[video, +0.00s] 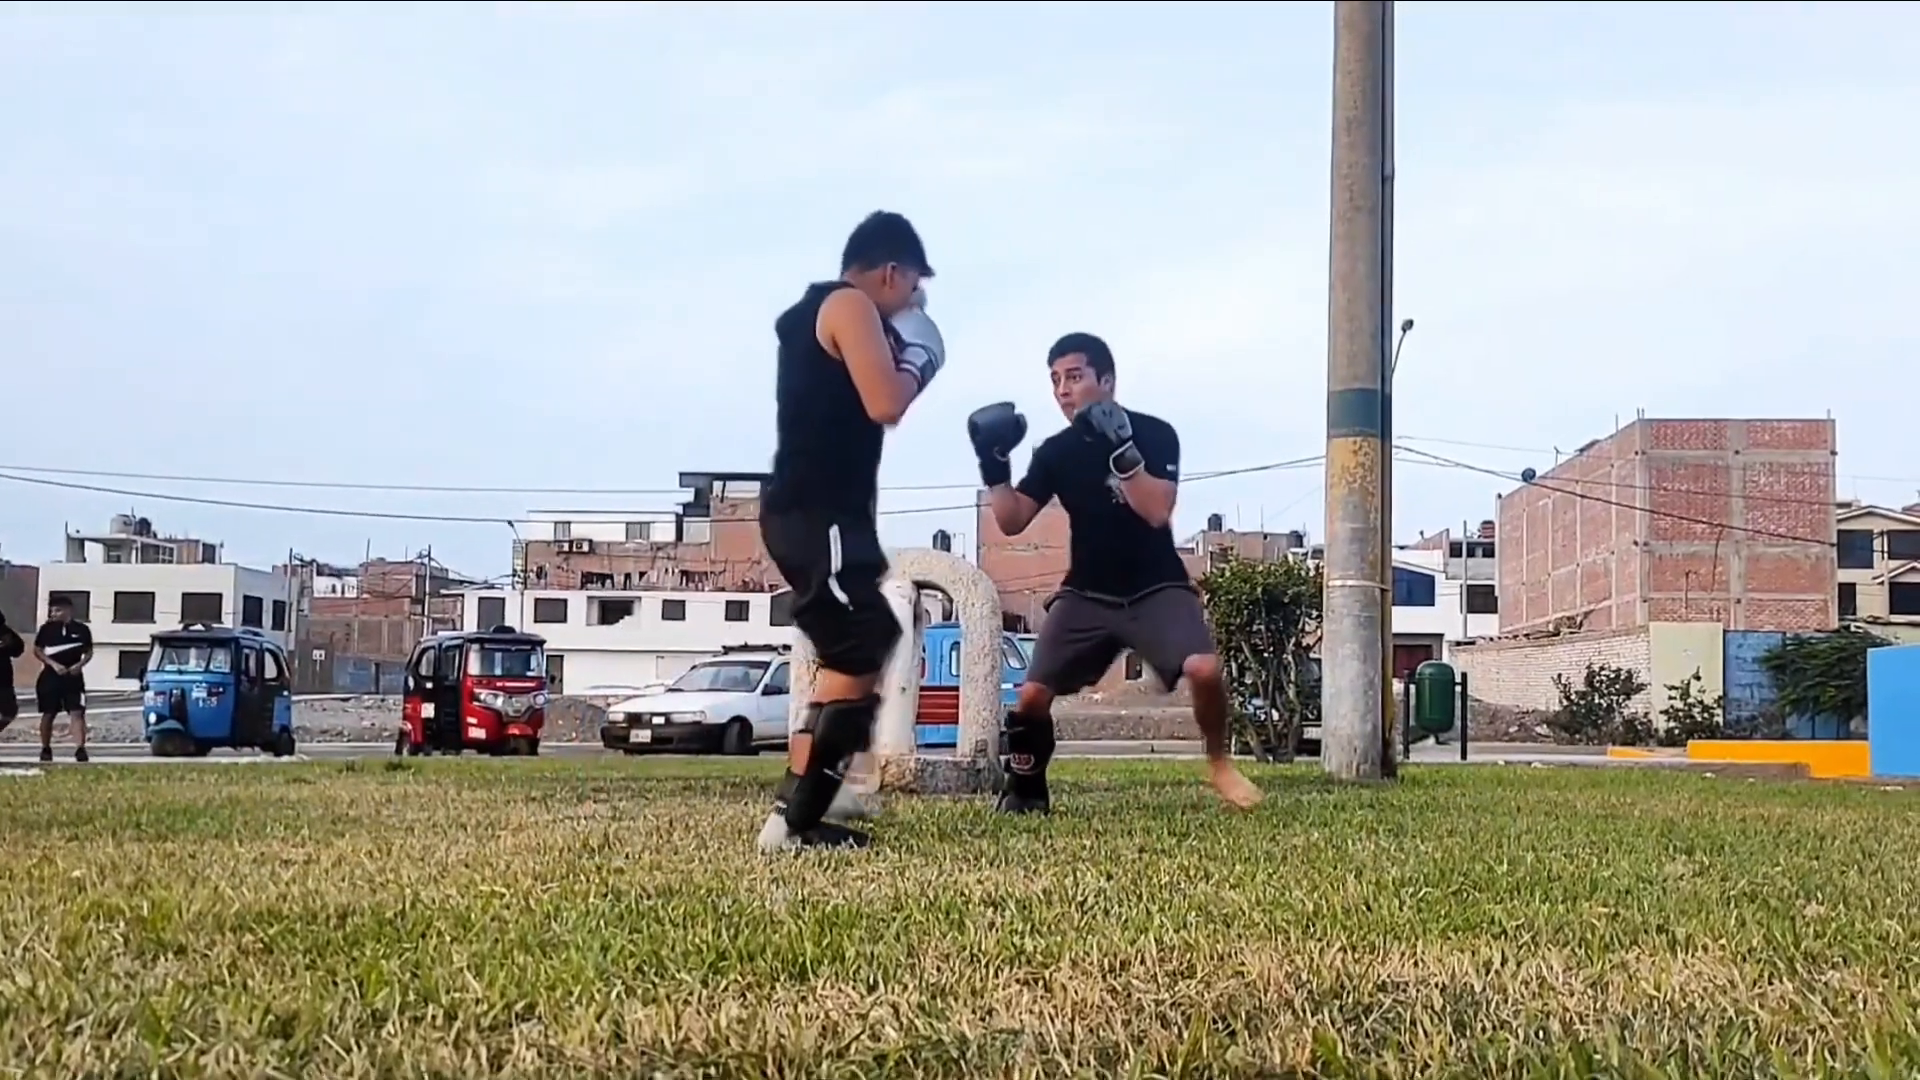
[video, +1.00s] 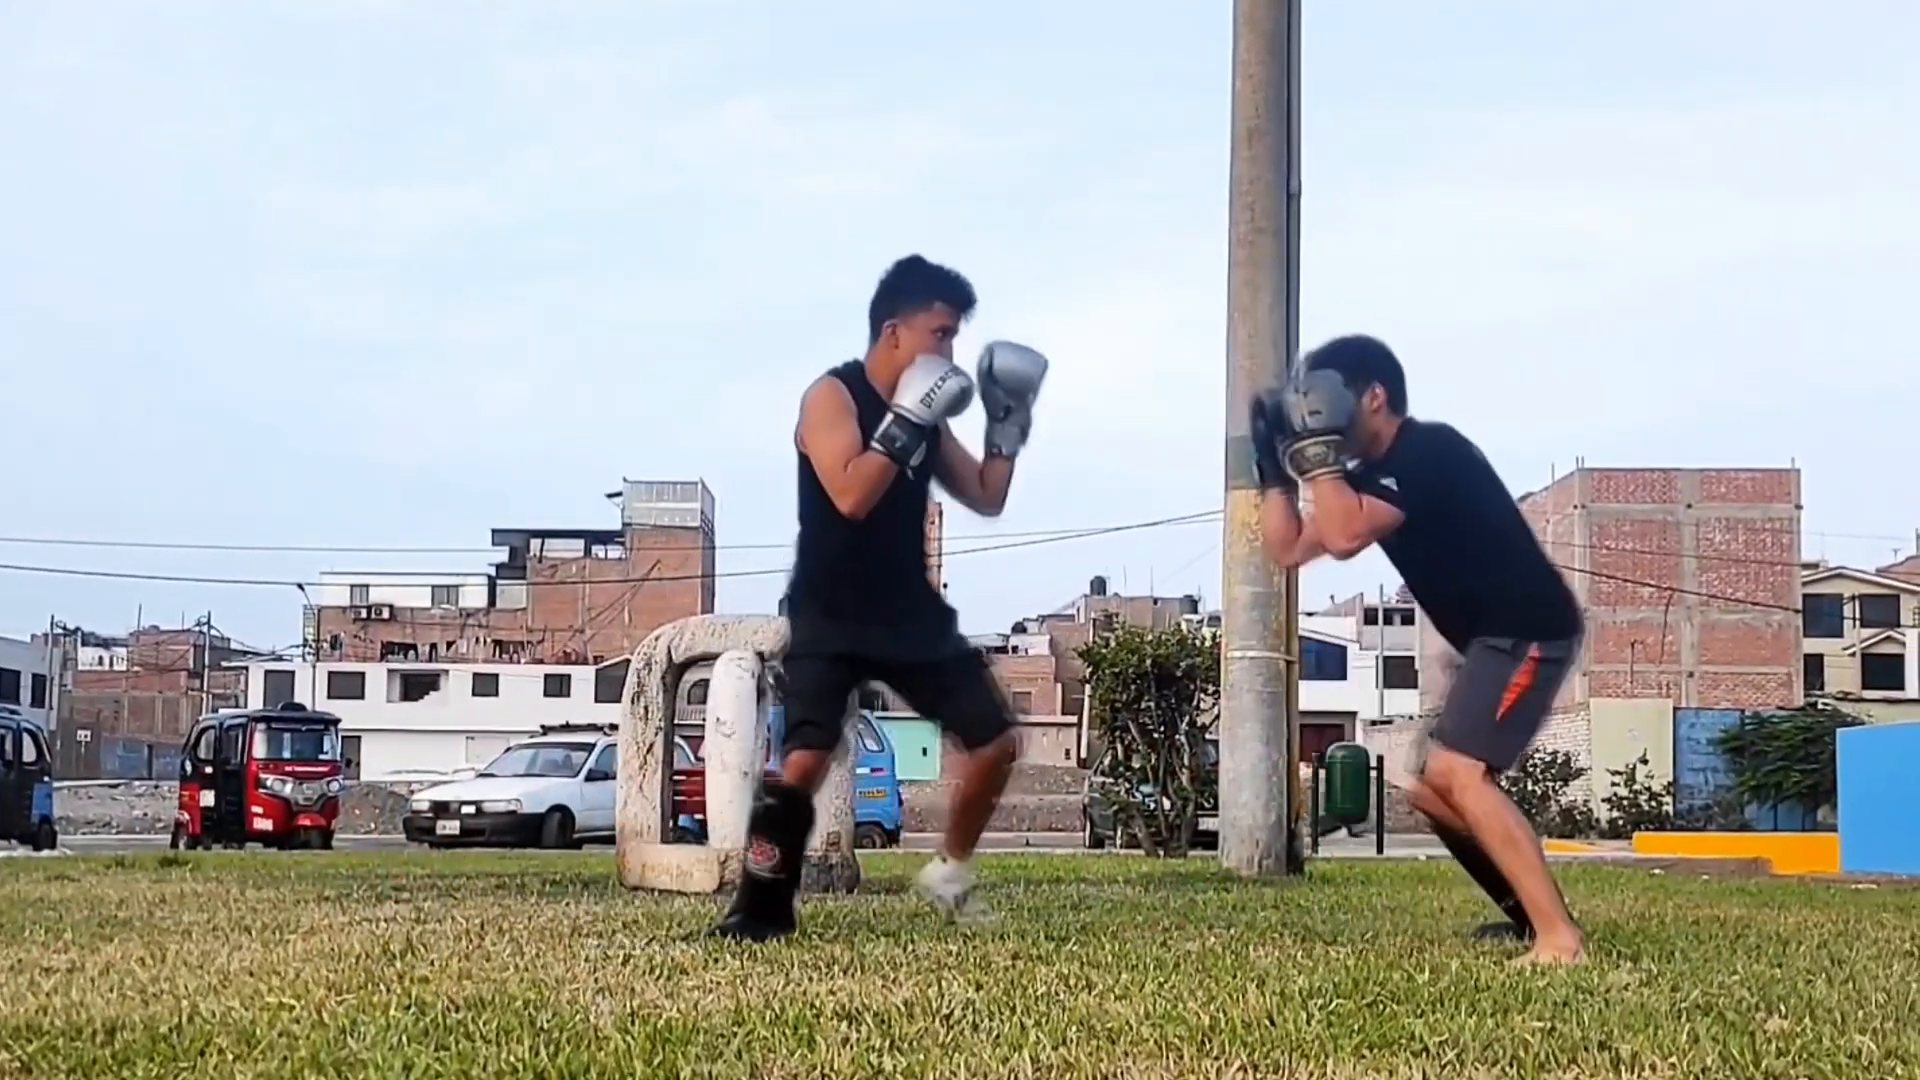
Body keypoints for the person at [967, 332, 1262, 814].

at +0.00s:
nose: (1062, 387)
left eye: (1073, 376)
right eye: (1056, 379)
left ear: (1106, 379)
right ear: (1052, 387)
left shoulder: (1154, 433)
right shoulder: (1055, 450)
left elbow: (1158, 511)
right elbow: (1011, 521)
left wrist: (1122, 449)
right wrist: (992, 460)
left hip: (1158, 588)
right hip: (1086, 594)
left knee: (1205, 668)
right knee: (1032, 695)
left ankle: (1219, 764)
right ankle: (1027, 798)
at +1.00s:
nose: (1327, 422)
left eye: (1337, 405)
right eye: (1320, 410)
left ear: (1378, 397)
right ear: (1365, 404)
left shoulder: (1429, 448)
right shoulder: (1372, 475)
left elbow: (1343, 536)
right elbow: (1287, 552)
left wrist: (1314, 452)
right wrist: (1271, 468)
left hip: (1530, 631)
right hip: (1490, 638)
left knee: (1456, 772)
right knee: (1428, 790)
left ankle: (1559, 939)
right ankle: (1532, 918)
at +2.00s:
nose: (1389, 422)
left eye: (1397, 407)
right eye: (1379, 416)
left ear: (1433, 397)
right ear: (1378, 425)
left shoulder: (1493, 435)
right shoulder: (1434, 486)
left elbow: (1488, 522)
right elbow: (1455, 581)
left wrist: (1434, 459)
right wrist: (1379, 554)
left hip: (1543, 625)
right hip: (1486, 628)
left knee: (1507, 753)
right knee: (1444, 757)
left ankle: (1579, 896)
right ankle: (1488, 909)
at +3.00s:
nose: (1387, 597)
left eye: (1401, 583)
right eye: (1378, 584)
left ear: (1433, 578)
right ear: (1369, 581)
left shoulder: (1480, 611)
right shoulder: (1361, 608)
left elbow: (1482, 712)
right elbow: (1312, 692)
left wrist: (1458, 640)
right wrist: (1322, 626)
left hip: (1467, 706)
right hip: (1392, 709)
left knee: (1507, 776)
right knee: (1304, 799)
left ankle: (1549, 912)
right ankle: (1290, 905)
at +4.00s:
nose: (1158, 452)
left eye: (1174, 445)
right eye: (1159, 440)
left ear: (1209, 465)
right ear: (1155, 443)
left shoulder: (1211, 546)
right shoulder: (1121, 484)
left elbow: (1228, 625)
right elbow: (1065, 536)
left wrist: (1228, 565)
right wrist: (1003, 570)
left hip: (1088, 677)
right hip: (1016, 636)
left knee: (1135, 779)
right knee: (898, 696)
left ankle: (1058, 907)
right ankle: (803, 749)